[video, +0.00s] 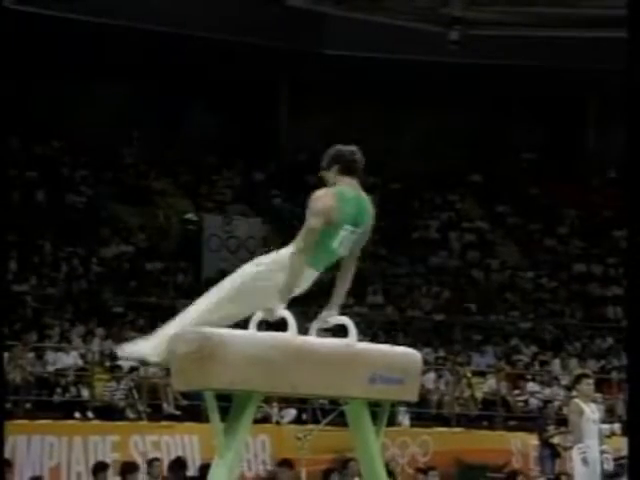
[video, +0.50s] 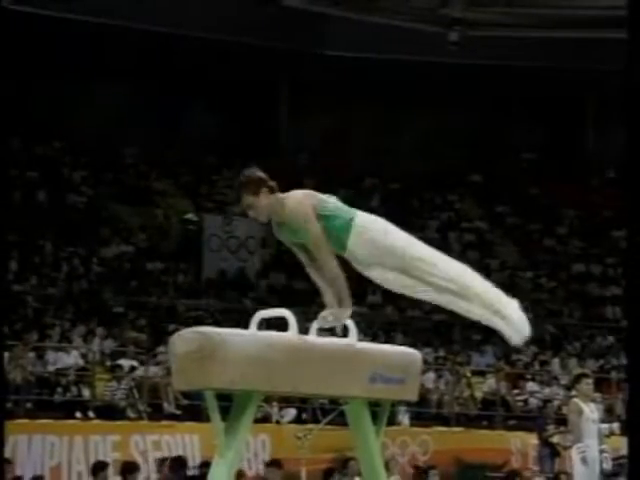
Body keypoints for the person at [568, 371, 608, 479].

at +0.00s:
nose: (591, 388)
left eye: (592, 384)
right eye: (587, 384)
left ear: (594, 386)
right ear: (577, 387)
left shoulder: (593, 406)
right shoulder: (575, 405)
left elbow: (594, 428)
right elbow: (575, 429)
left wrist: (611, 429)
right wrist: (581, 452)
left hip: (595, 448)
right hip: (584, 449)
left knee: (595, 474)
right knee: (584, 475)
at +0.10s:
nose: (591, 387)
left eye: (592, 384)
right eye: (587, 384)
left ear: (594, 386)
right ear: (577, 387)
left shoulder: (593, 406)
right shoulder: (575, 404)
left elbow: (594, 428)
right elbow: (575, 430)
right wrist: (580, 452)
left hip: (594, 448)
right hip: (583, 449)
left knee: (595, 474)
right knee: (583, 475)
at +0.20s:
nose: (590, 387)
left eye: (591, 384)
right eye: (586, 384)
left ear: (593, 386)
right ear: (577, 387)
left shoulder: (592, 406)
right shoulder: (575, 404)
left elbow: (594, 428)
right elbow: (574, 430)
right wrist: (580, 451)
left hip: (594, 448)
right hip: (582, 449)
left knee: (594, 474)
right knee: (583, 475)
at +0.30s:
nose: (590, 387)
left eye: (591, 384)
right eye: (587, 384)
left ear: (593, 386)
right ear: (577, 387)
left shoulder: (592, 405)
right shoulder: (575, 404)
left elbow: (594, 428)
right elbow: (575, 429)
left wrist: (610, 428)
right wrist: (581, 452)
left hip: (594, 448)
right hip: (583, 449)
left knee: (594, 474)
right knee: (583, 475)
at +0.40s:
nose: (590, 387)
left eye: (591, 384)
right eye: (586, 384)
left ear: (593, 386)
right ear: (577, 387)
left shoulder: (592, 405)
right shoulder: (575, 404)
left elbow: (594, 428)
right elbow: (575, 429)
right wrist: (580, 451)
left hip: (594, 448)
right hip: (583, 449)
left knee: (594, 474)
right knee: (583, 475)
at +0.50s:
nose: (590, 387)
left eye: (591, 384)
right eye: (586, 384)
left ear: (593, 386)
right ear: (577, 387)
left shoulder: (592, 405)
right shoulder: (575, 404)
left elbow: (594, 428)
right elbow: (574, 429)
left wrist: (610, 428)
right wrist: (580, 452)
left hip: (594, 448)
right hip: (583, 450)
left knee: (594, 474)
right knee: (583, 475)